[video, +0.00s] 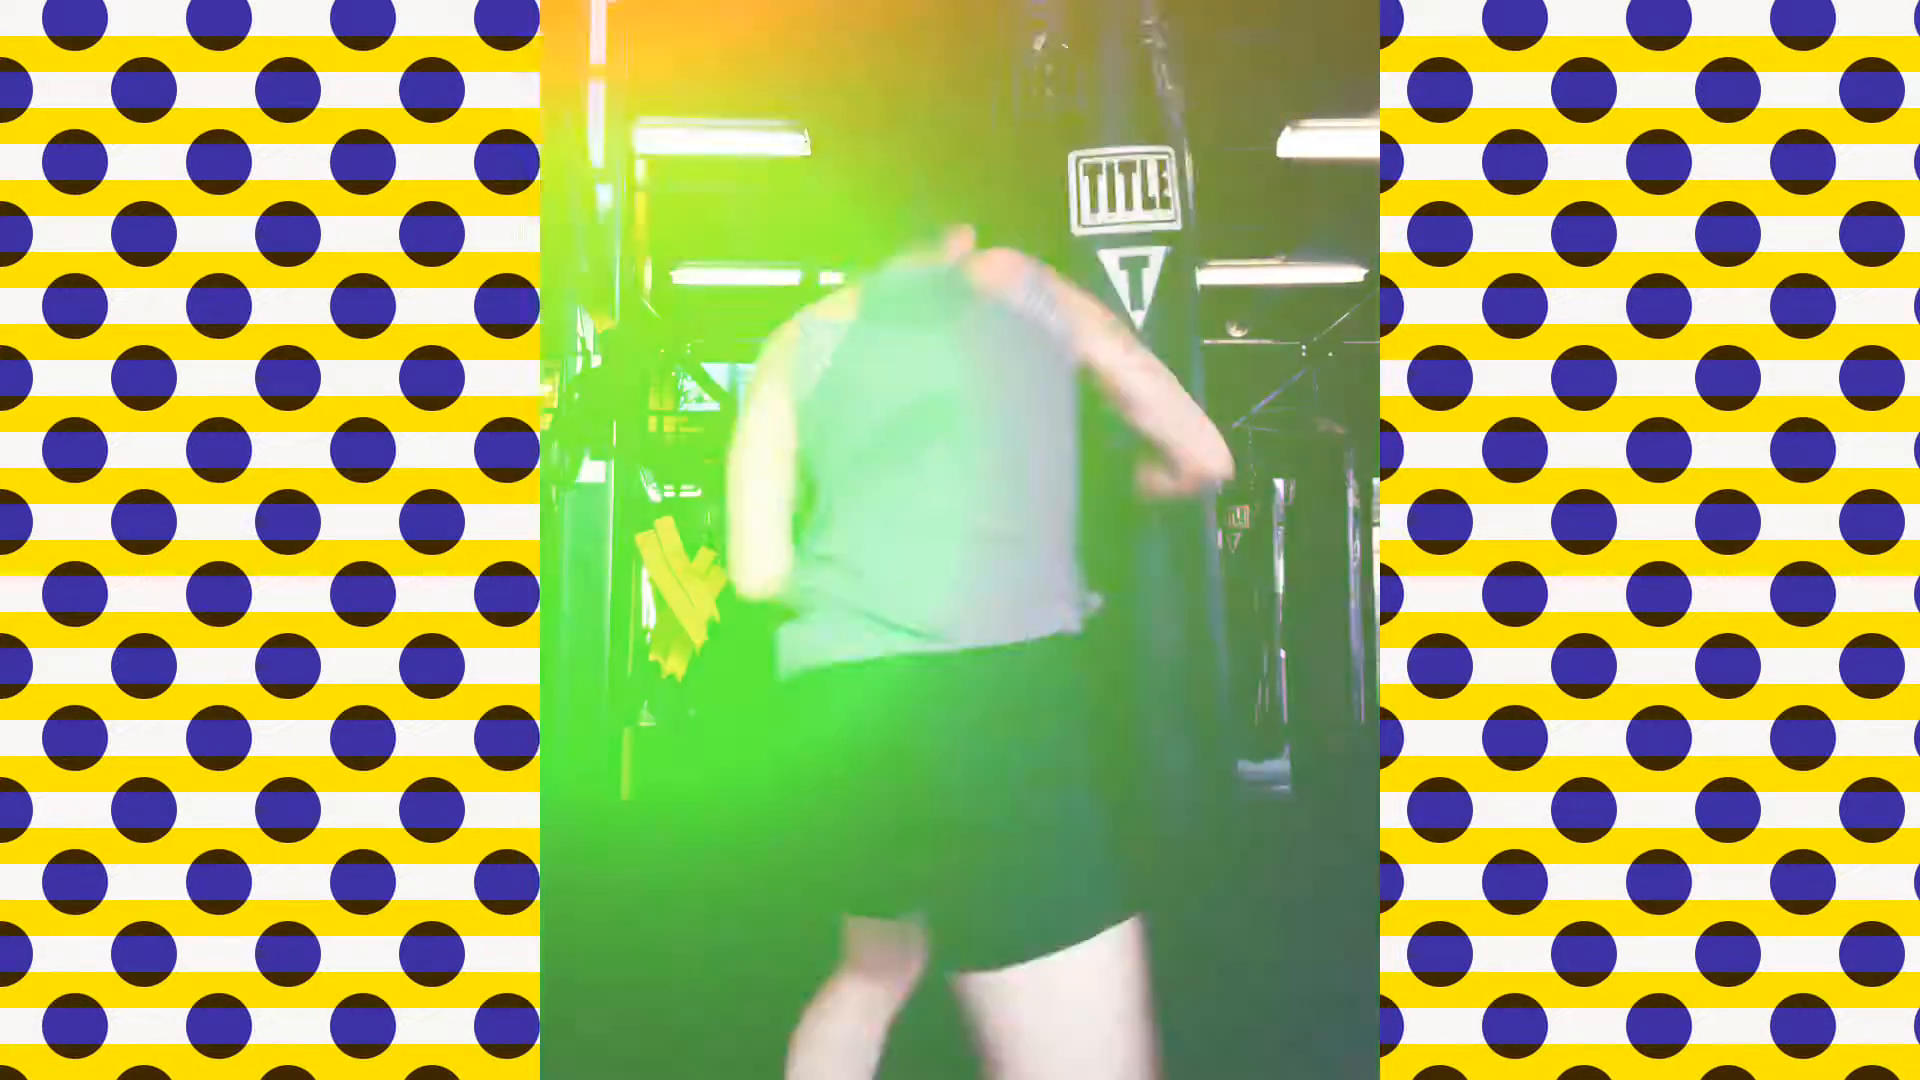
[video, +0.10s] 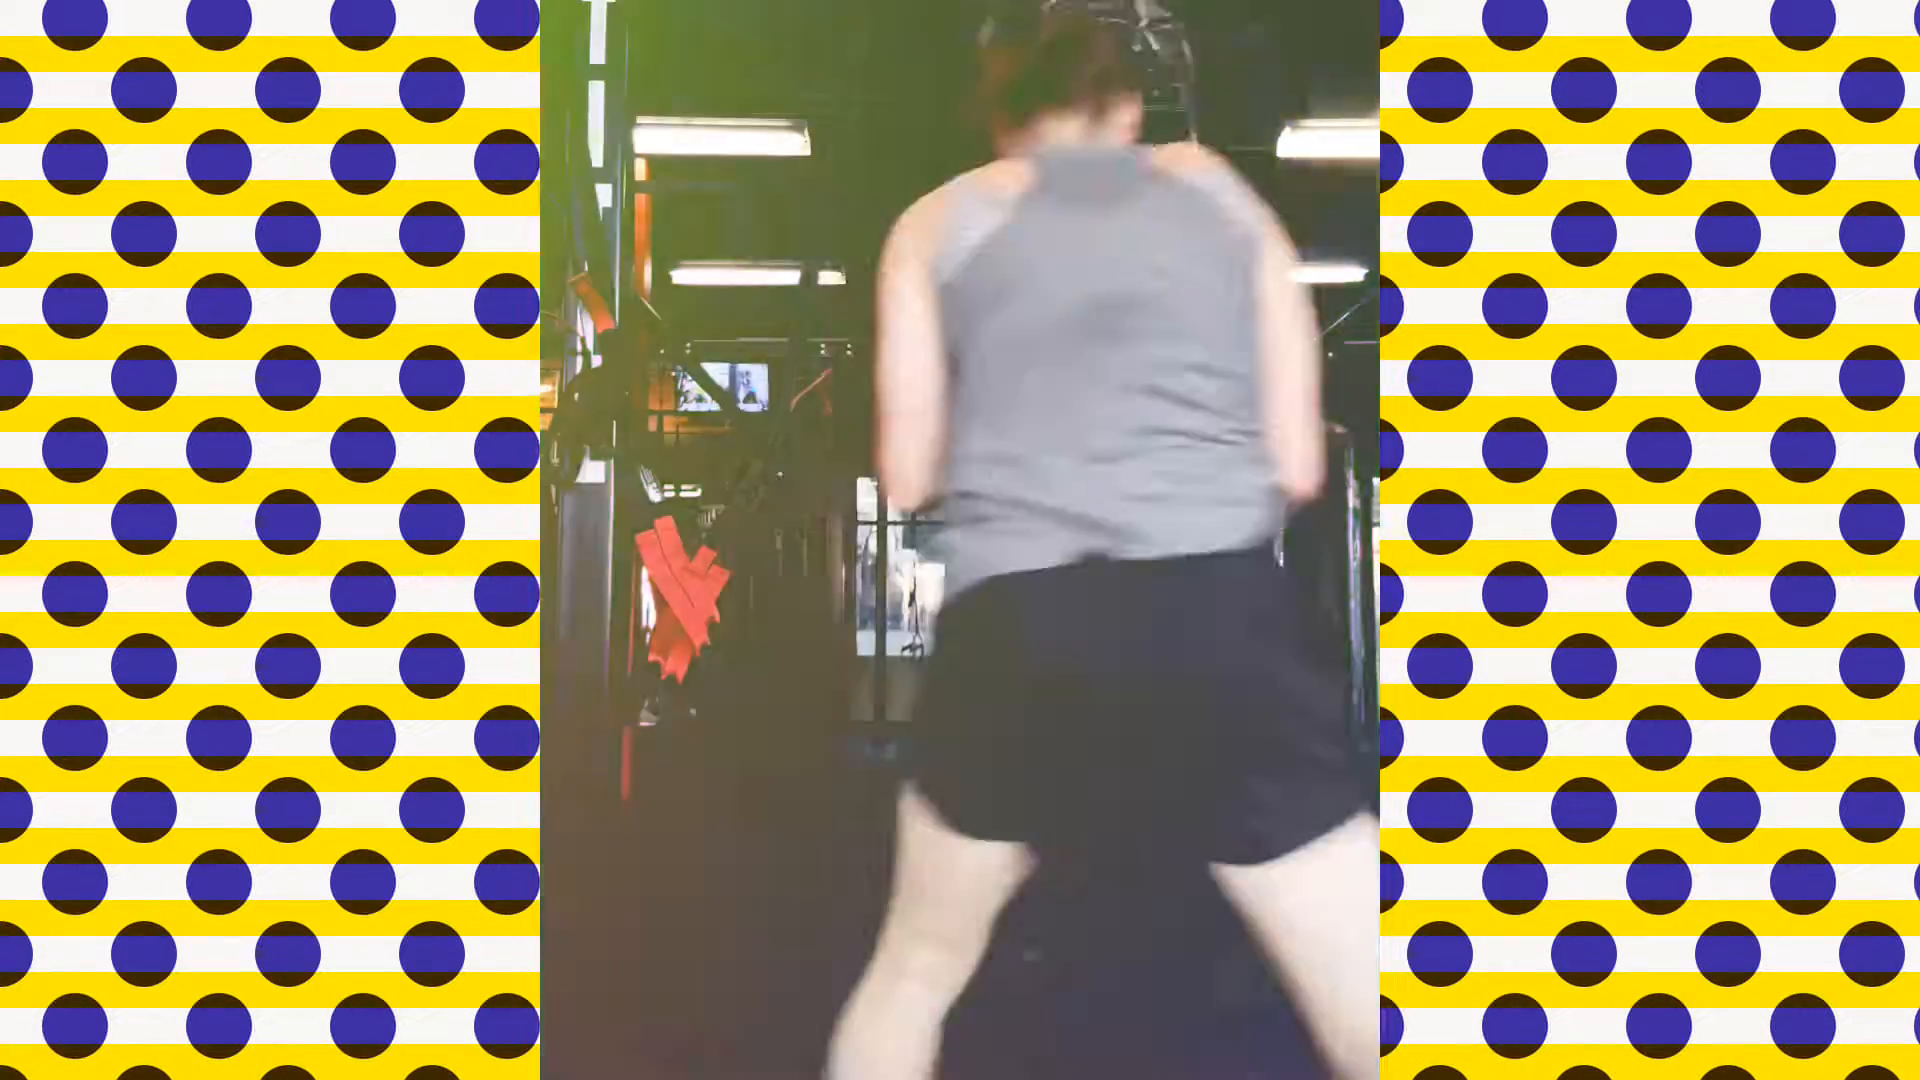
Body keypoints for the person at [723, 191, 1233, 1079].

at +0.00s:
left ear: (858, 227)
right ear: (964, 223)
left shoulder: (797, 344)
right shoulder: (1041, 298)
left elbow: (758, 569)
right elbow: (1200, 458)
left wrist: (881, 559)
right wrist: (1093, 480)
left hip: (840, 708)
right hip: (1013, 704)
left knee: (868, 970)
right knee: (1083, 1057)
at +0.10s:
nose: (1131, 120)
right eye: (1136, 103)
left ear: (1004, 112)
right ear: (1134, 105)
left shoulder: (935, 223)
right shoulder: (1235, 209)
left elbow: (909, 478)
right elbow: (1298, 466)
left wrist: (1027, 418)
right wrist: (1155, 440)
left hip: (1012, 654)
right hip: (1226, 648)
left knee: (910, 980)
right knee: (1375, 1021)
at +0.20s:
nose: (1179, 63)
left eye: (1180, 37)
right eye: (1179, 39)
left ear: (1198, 38)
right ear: (1346, 34)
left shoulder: (1154, 173)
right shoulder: (1427, 150)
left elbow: (1057, 420)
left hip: (1241, 663)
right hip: (1448, 646)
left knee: (1076, 1021)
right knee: (1503, 997)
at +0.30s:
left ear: (1380, 38)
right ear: (1516, 49)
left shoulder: (1297, 176)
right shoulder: (1591, 191)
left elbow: (1154, 417)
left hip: (1313, 652)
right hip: (1529, 672)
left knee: (1155, 1016)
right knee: (1514, 1025)